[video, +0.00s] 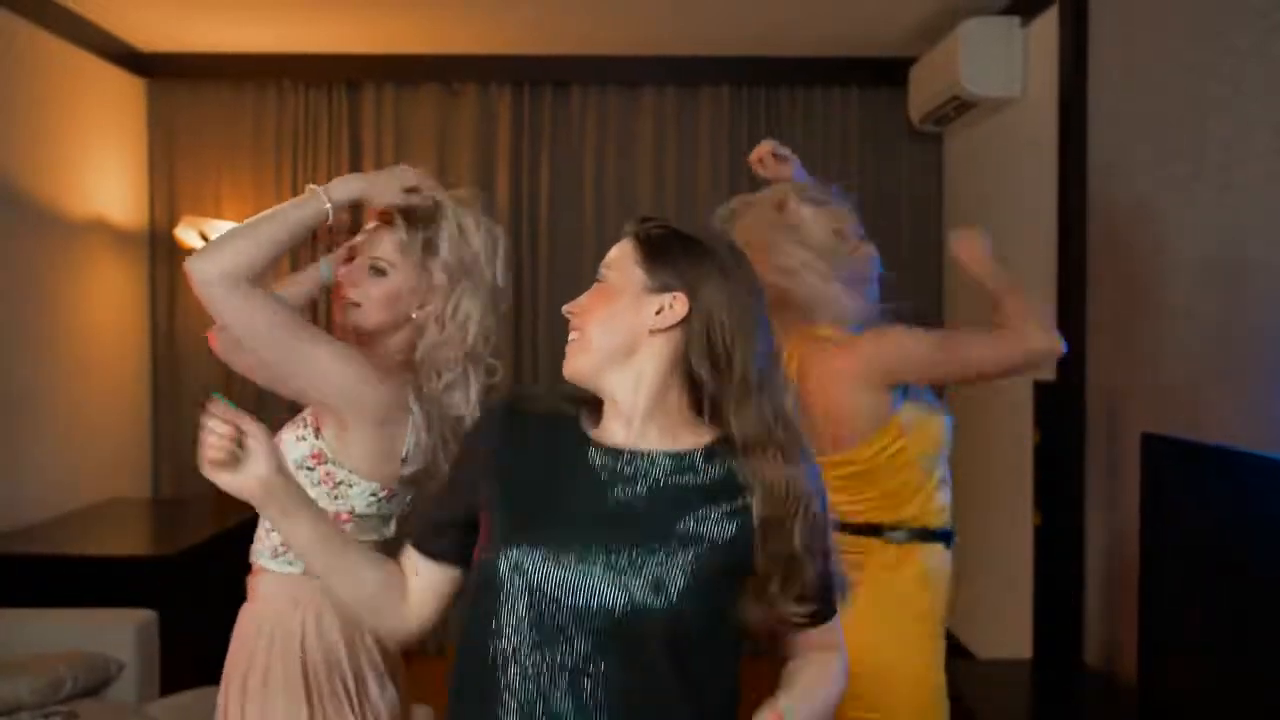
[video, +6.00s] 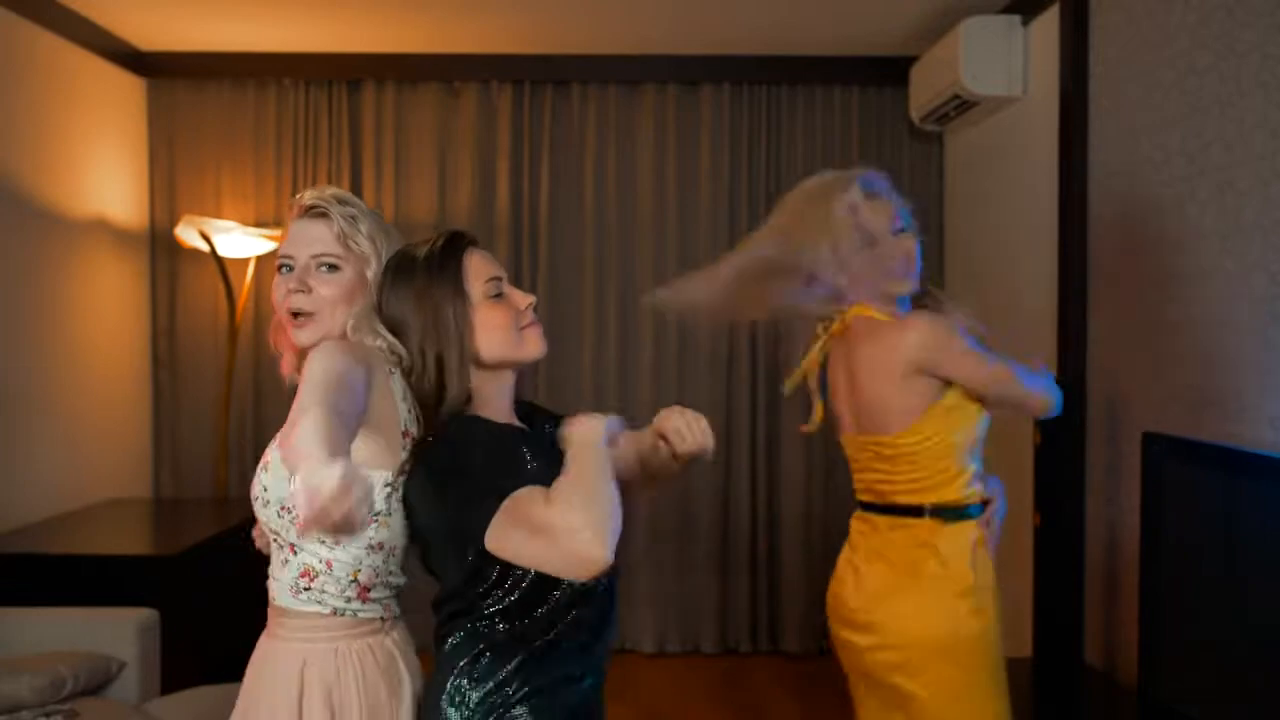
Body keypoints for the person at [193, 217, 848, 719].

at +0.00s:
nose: (569, 308)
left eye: (599, 286)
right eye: (587, 285)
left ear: (667, 313)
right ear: (662, 313)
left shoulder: (761, 488)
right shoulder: (512, 441)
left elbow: (819, 661)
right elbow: (400, 609)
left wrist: (778, 714)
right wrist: (274, 491)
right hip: (490, 710)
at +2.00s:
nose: (484, 348)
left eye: (508, 328)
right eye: (462, 329)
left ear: (545, 344)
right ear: (440, 345)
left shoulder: (544, 455)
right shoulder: (427, 455)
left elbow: (586, 598)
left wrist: (660, 530)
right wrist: (418, 606)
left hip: (572, 704)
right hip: (479, 704)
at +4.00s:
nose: (510, 314)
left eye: (496, 299)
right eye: (482, 305)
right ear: (429, 339)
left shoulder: (527, 441)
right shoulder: (442, 467)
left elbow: (625, 516)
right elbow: (559, 593)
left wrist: (628, 468)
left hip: (548, 701)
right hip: (471, 706)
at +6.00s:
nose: (526, 299)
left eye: (512, 285)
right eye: (496, 292)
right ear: (444, 327)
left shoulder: (534, 427)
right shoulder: (446, 464)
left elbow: (628, 453)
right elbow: (582, 546)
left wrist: (668, 442)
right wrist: (585, 439)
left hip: (571, 696)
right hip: (495, 703)